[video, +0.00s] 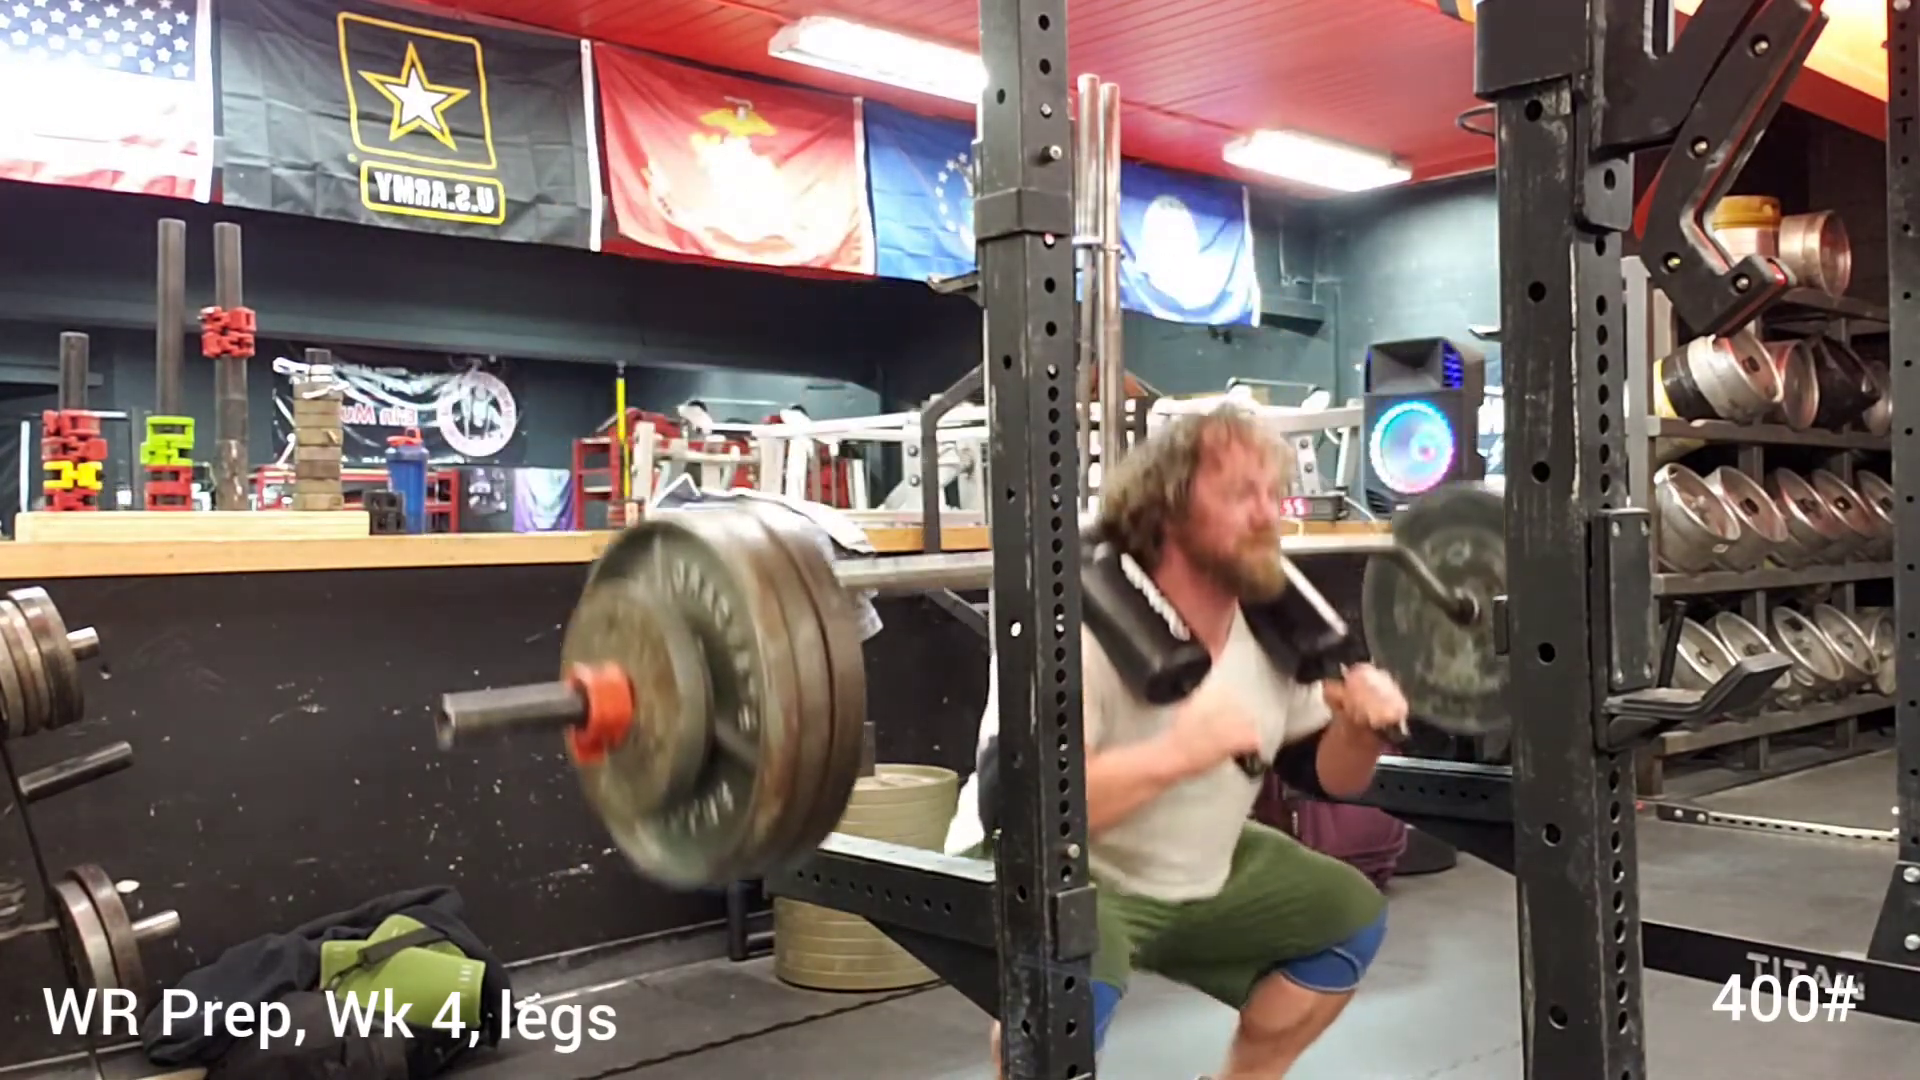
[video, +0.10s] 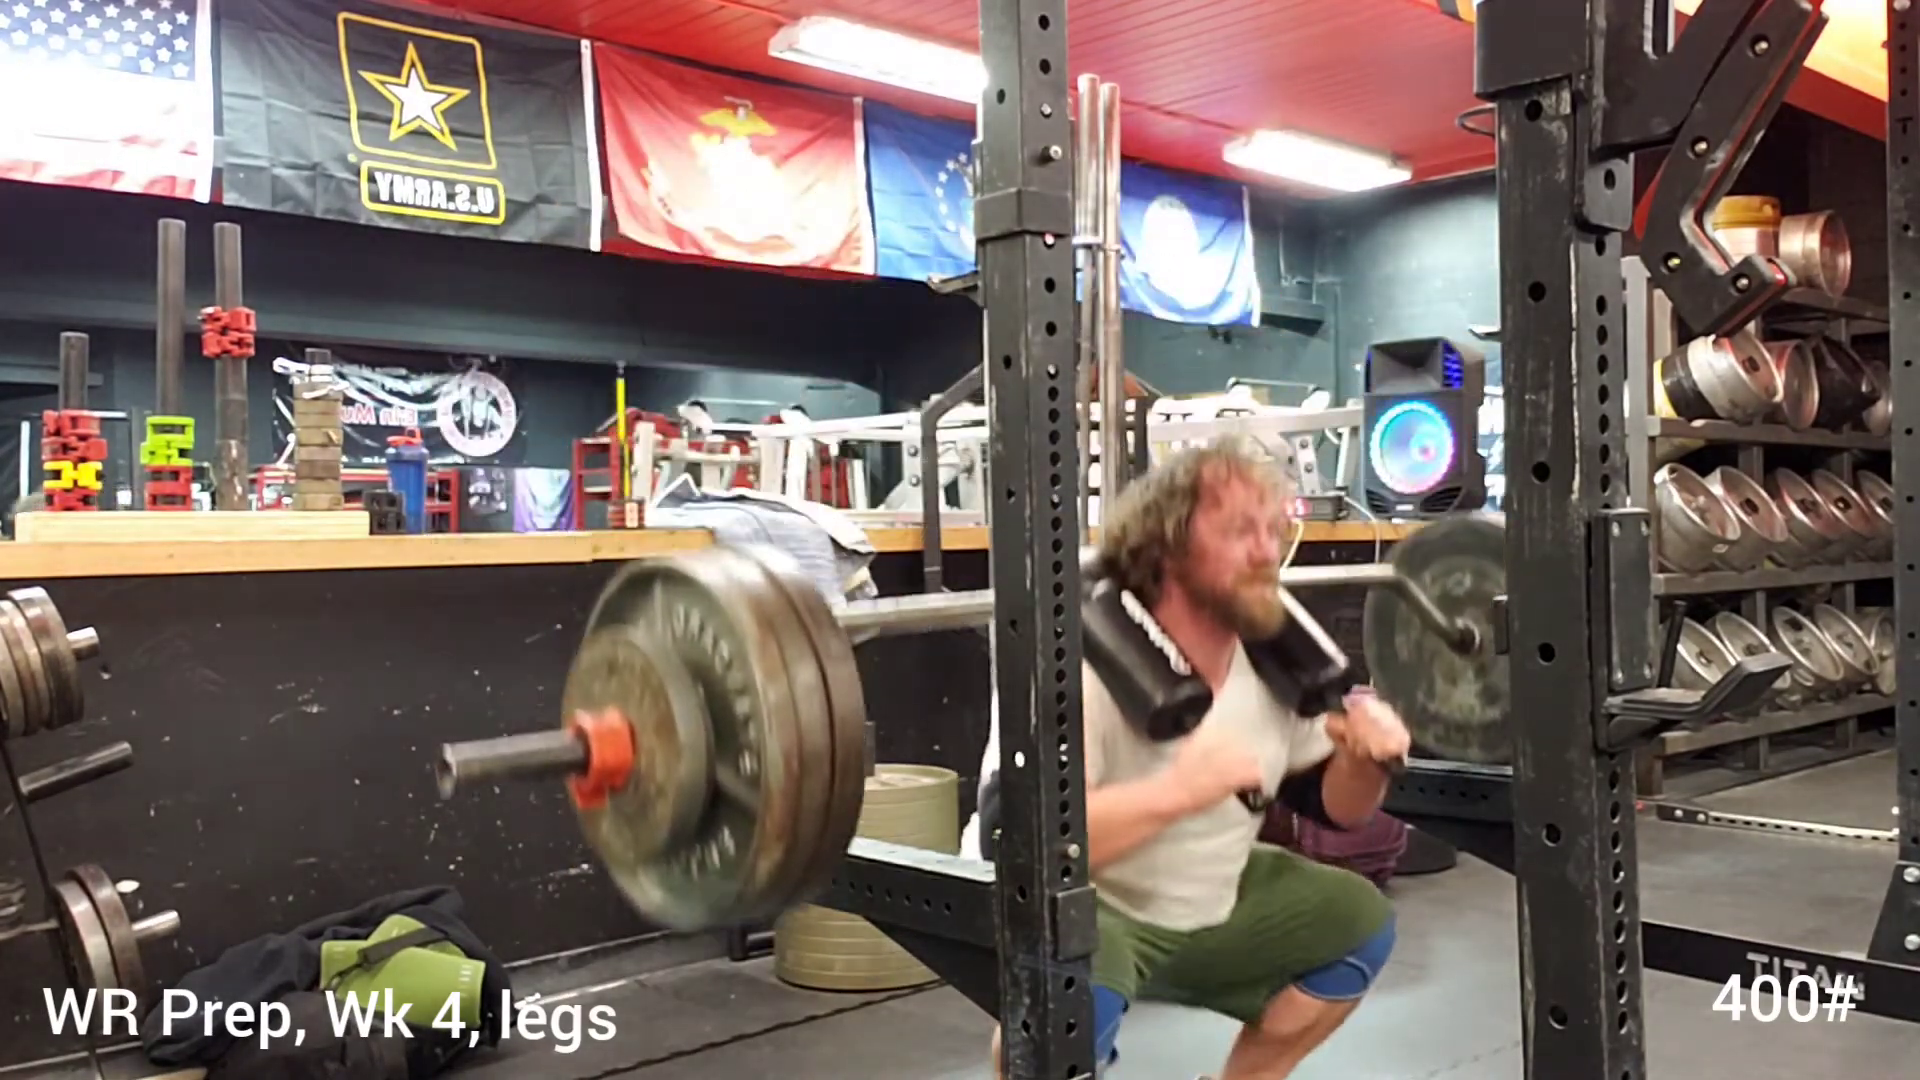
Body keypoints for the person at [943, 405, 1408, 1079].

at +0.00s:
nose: (1266, 513)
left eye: (1273, 493)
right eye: (1240, 493)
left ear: (1284, 498)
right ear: (1169, 504)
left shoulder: (1273, 605)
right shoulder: (1076, 614)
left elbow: (1334, 778)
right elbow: (1017, 803)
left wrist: (1360, 723)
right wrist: (1174, 753)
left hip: (1209, 858)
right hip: (1078, 870)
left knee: (1347, 915)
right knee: (1080, 977)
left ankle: (1245, 1074)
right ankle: (1026, 1070)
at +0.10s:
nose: (1267, 552)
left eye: (1275, 531)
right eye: (1241, 532)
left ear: (1288, 532)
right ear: (1171, 543)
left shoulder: (1276, 638)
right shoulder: (1084, 651)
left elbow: (1339, 808)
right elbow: (1030, 836)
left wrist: (1367, 755)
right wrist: (1173, 791)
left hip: (1222, 886)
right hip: (1094, 900)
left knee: (1359, 925)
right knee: (1078, 1000)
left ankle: (1245, 1075)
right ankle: (1020, 1066)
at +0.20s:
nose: (1266, 581)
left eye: (1272, 560)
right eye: (1240, 562)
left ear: (1283, 563)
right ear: (1170, 573)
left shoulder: (1275, 666)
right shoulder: (1087, 679)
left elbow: (1348, 834)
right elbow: (1028, 861)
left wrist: (1366, 781)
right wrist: (1176, 820)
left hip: (1229, 919)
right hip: (1105, 931)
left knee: (1363, 929)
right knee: (1078, 980)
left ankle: (1245, 1074)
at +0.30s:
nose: (1265, 602)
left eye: (1271, 579)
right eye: (1238, 582)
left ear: (1281, 580)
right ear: (1169, 595)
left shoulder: (1274, 684)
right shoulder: (1086, 697)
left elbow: (1353, 848)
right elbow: (1020, 871)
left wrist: (1368, 800)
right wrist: (1177, 834)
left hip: (1231, 945)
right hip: (1111, 955)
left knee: (1364, 930)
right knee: (1079, 986)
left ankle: (1247, 1074)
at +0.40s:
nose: (1265, 616)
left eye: (1270, 592)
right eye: (1238, 593)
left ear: (1280, 595)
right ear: (1169, 610)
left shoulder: (1274, 696)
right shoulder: (1090, 715)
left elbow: (1356, 856)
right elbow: (1022, 884)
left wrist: (1371, 812)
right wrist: (1177, 846)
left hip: (1231, 950)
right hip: (1111, 962)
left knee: (1364, 931)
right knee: (1086, 999)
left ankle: (1246, 1074)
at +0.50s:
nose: (1267, 626)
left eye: (1271, 601)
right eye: (1238, 602)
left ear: (1283, 605)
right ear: (1168, 620)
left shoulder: (1274, 705)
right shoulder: (1089, 730)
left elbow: (1356, 865)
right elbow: (1014, 895)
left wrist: (1371, 823)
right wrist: (1177, 856)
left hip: (1233, 961)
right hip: (1113, 970)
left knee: (1366, 932)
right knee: (1088, 998)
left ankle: (1245, 1074)